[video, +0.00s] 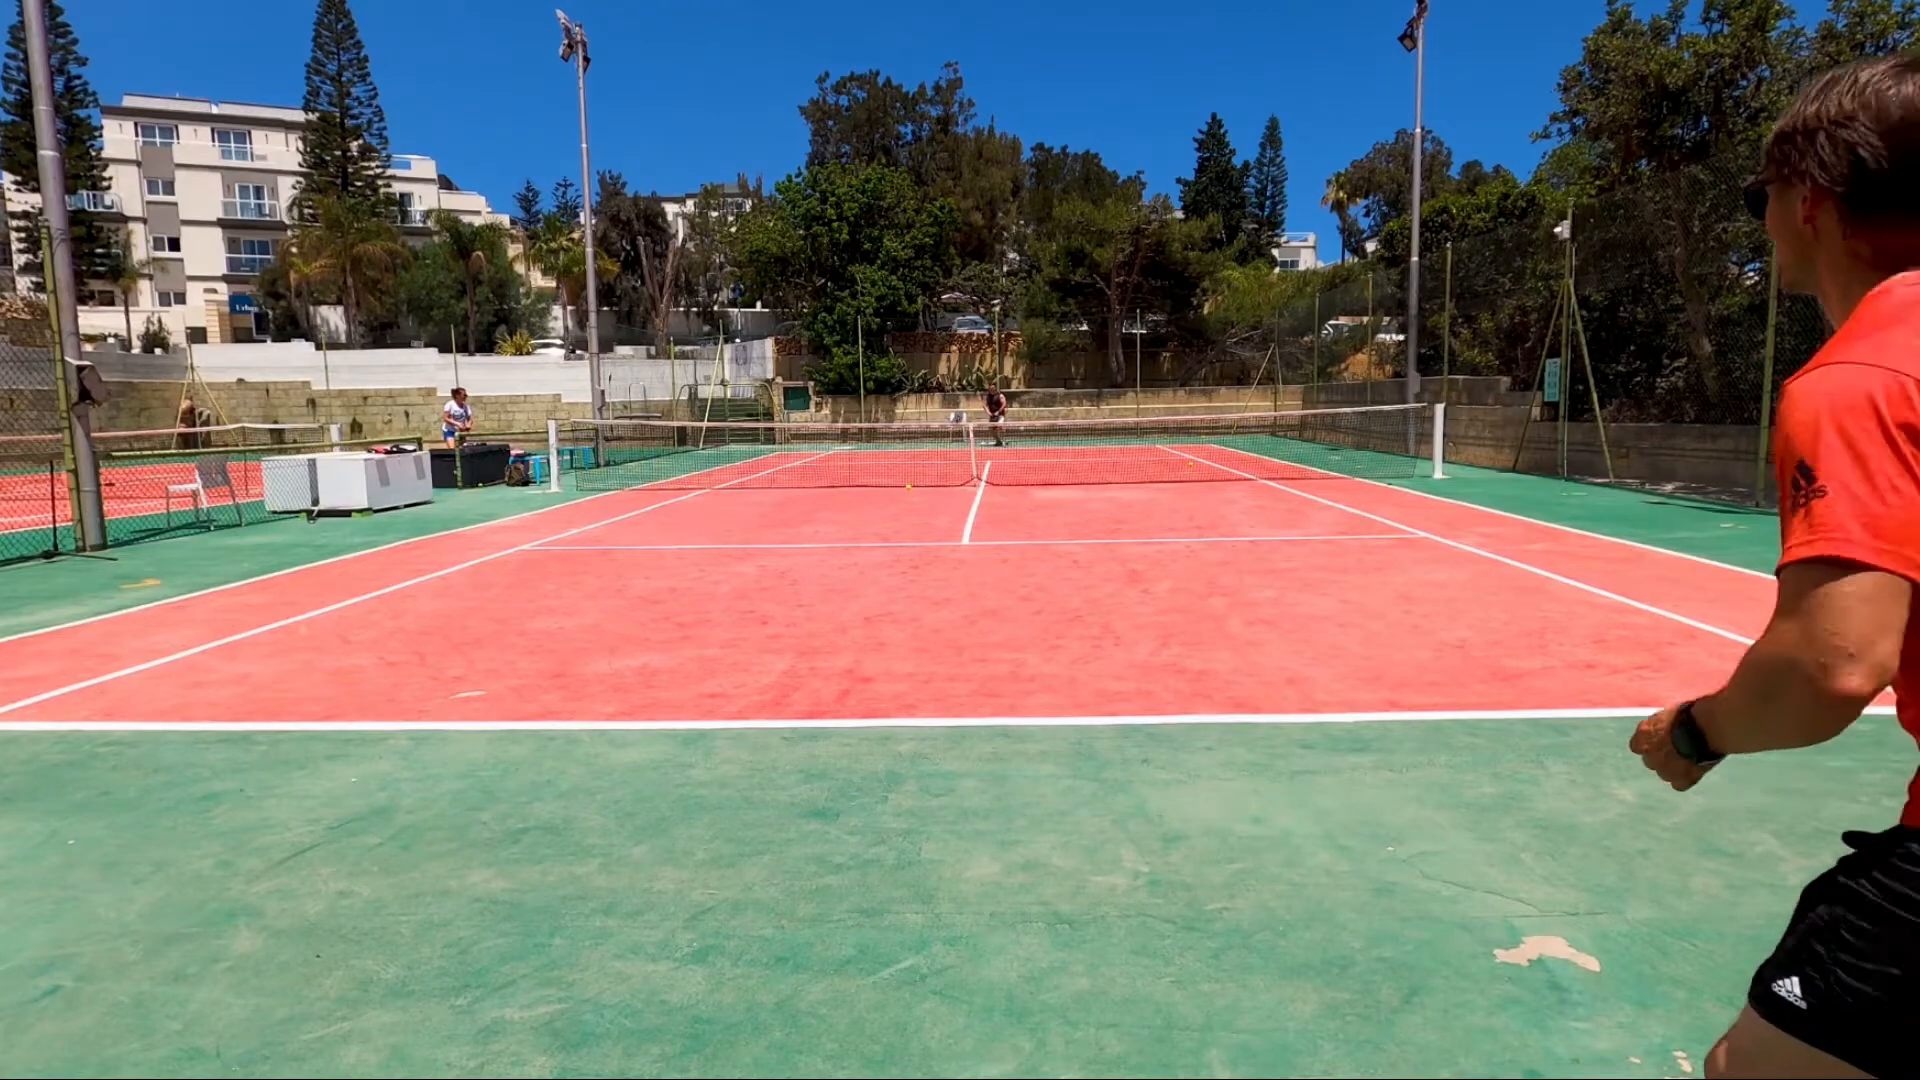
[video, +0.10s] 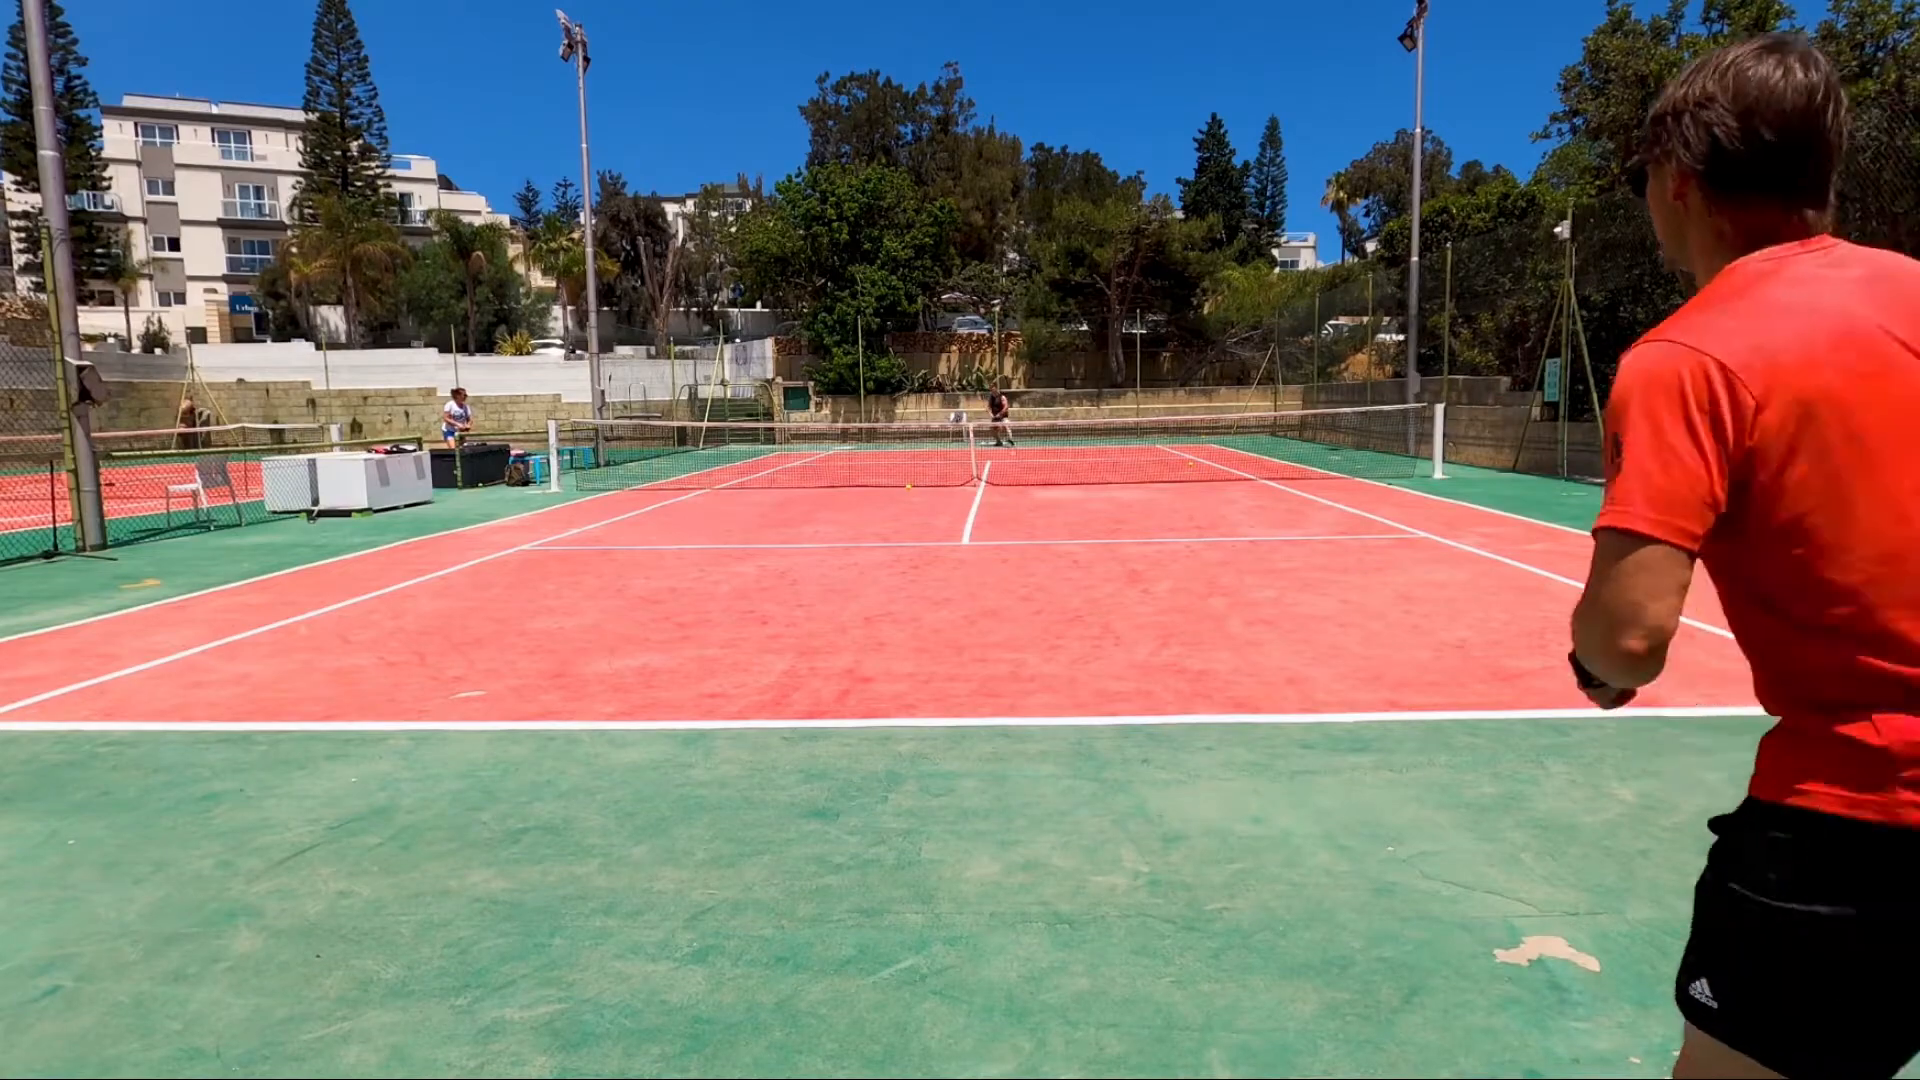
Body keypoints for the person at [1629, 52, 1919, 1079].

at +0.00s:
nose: (1767, 226)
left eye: (1768, 195)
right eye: (1765, 197)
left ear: (1812, 202)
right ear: (1913, 195)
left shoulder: (1865, 377)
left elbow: (1837, 662)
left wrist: (1698, 731)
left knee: (1751, 1066)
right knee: (1756, 1060)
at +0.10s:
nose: (1649, 209)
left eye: (1649, 179)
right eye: (1648, 181)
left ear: (1682, 182)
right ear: (1820, 172)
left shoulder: (1695, 353)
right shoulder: (1907, 285)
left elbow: (1633, 631)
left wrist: (1604, 659)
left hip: (1853, 794)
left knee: (1722, 1061)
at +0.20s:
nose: (1575, 131)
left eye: (1572, 108)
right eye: (1574, 109)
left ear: (1596, 107)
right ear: (1734, 103)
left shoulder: (1560, 276)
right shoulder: (1898, 238)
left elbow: (1508, 526)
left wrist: (1559, 580)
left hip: (1711, 736)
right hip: (1906, 722)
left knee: (1733, 1061)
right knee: (1908, 1000)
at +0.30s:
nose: (1500, 84)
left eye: (1502, 63)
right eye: (1503, 63)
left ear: (1517, 65)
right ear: (1656, 63)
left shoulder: (1464, 233)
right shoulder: (1789, 209)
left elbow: (1411, 472)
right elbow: (1913, 387)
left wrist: (1476, 532)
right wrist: (1850, 539)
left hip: (1570, 668)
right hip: (1763, 660)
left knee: (1572, 992)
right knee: (1719, 949)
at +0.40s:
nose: (1415, 120)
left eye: (1417, 100)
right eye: (1419, 100)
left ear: (1435, 115)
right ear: (1562, 119)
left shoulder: (1381, 277)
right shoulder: (1682, 270)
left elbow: (1315, 501)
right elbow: (1776, 470)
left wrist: (1385, 562)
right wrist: (1647, 551)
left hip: (1446, 693)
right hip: (1619, 700)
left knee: (1363, 948)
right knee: (1577, 944)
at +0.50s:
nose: (1332, 204)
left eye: (1336, 186)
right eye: (1338, 185)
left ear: (1349, 198)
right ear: (1464, 203)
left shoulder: (1297, 347)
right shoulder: (1555, 347)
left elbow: (1222, 561)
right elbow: (1621, 546)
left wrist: (1285, 614)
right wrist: (1497, 590)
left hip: (1336, 729)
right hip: (1505, 739)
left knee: (1182, 924)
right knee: (1501, 934)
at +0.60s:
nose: (1224, 240)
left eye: (1226, 225)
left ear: (1233, 234)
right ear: (1338, 234)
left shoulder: (1179, 371)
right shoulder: (1418, 375)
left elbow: (1113, 576)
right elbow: (1477, 566)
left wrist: (1158, 611)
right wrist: (1371, 600)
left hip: (1211, 737)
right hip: (1376, 747)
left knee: (1049, 916)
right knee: (1438, 931)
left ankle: (941, 1075)